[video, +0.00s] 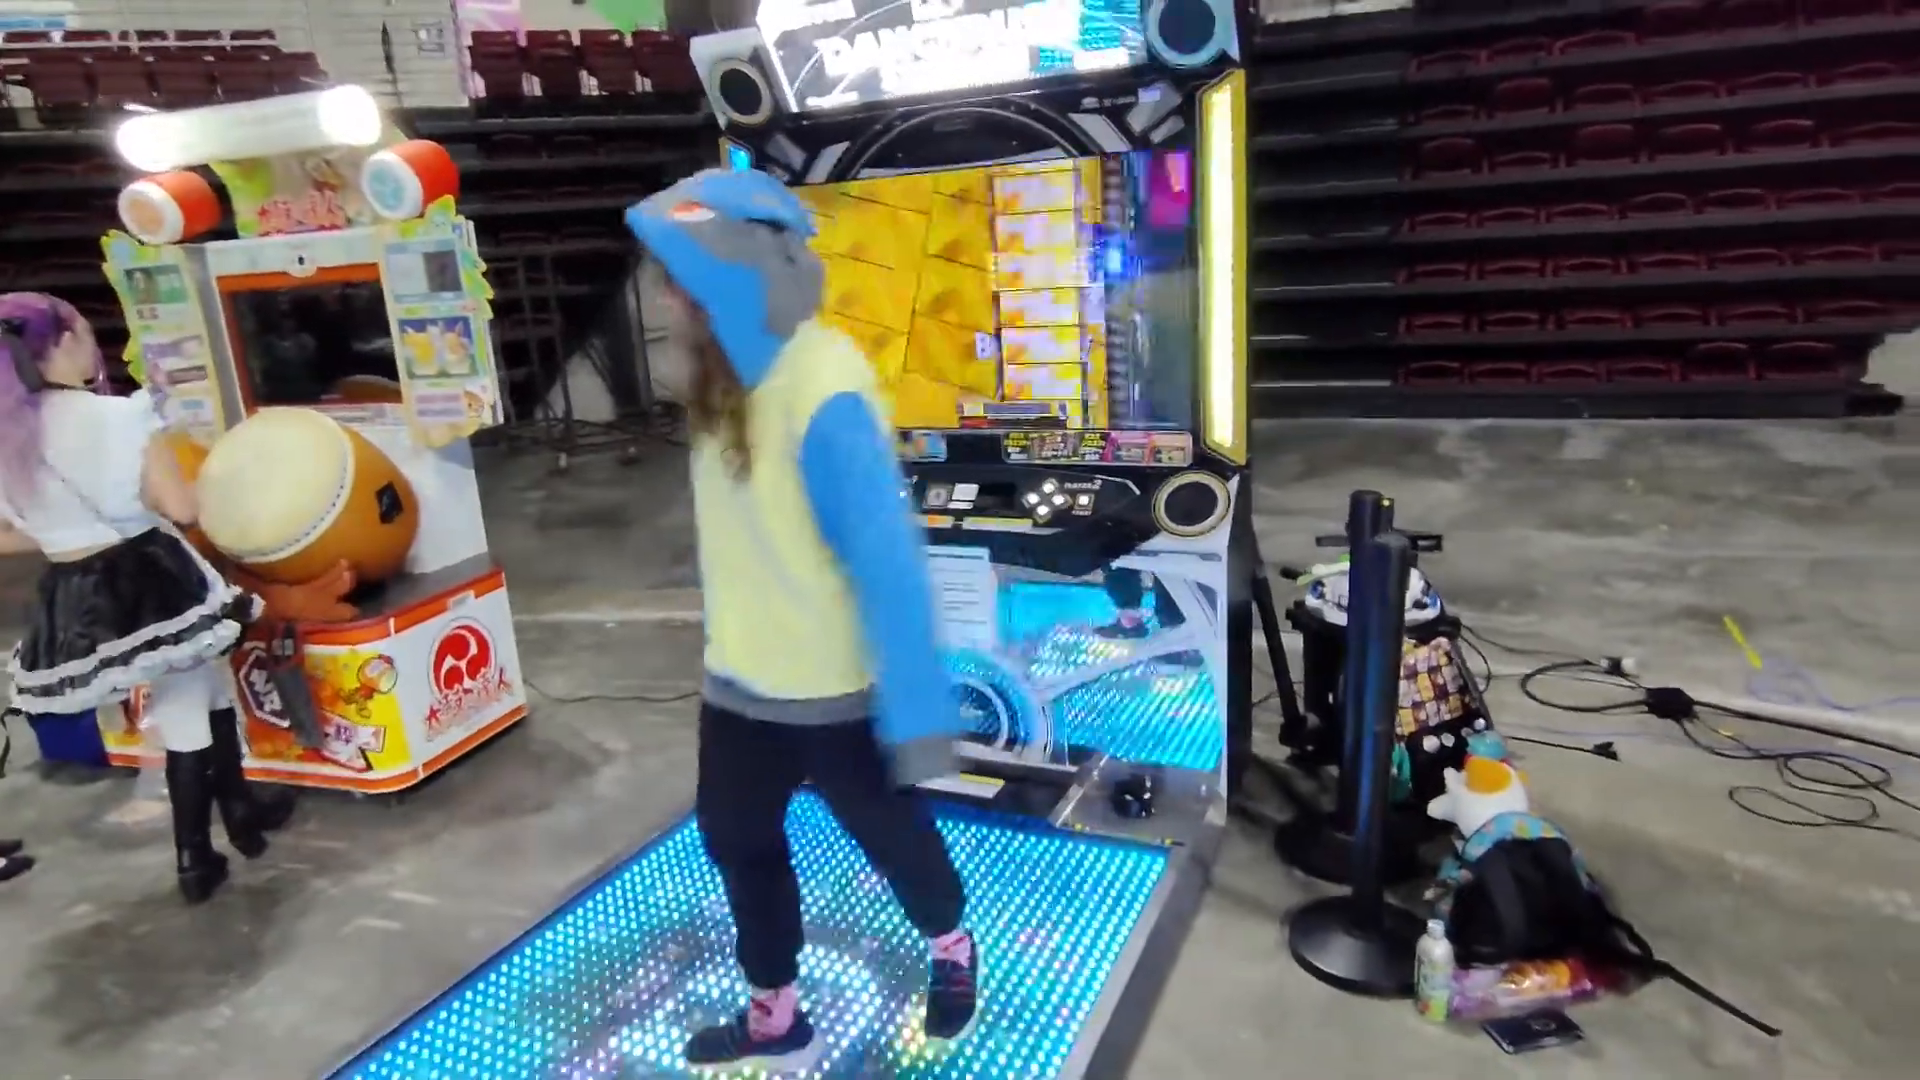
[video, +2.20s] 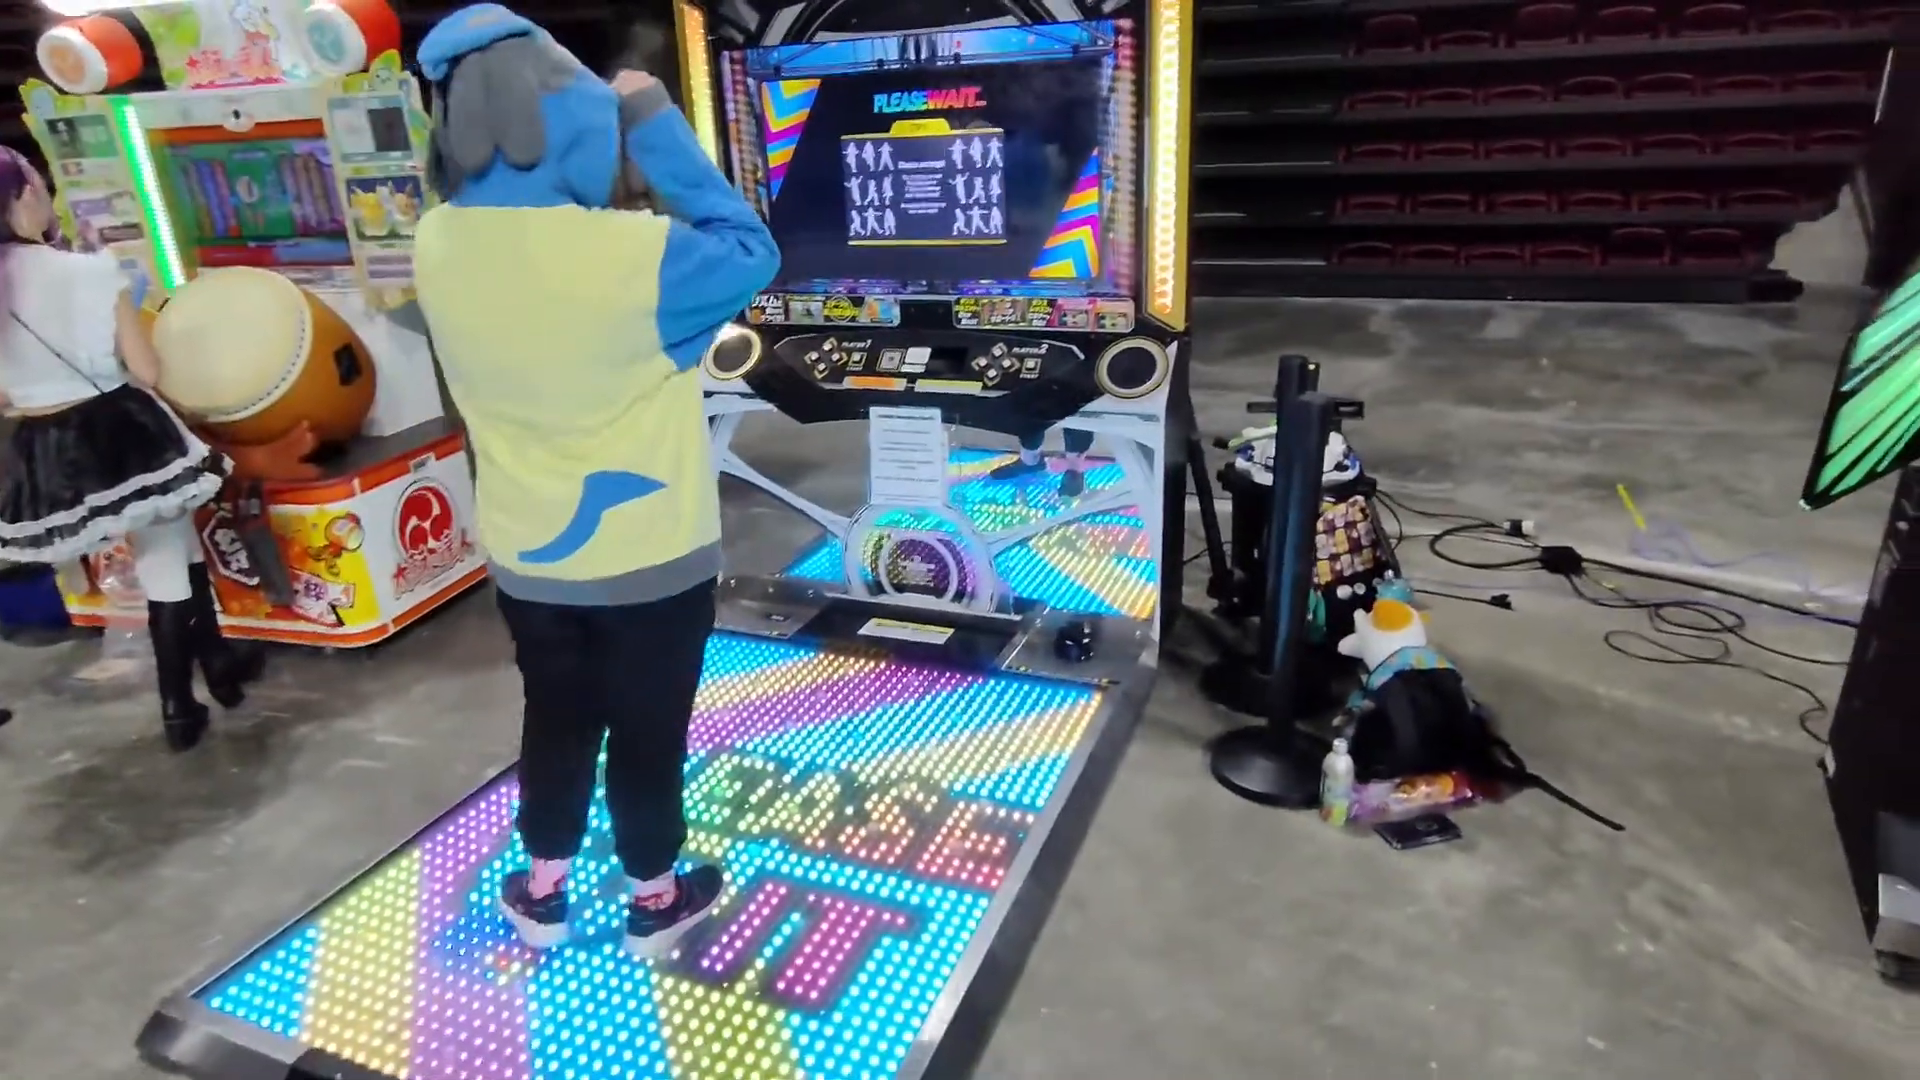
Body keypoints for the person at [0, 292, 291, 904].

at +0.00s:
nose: (94, 343)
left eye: (86, 332)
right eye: (84, 334)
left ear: (31, 357)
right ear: (58, 348)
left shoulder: (14, 430)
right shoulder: (117, 418)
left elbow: (11, 535)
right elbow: (179, 506)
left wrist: (69, 535)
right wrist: (222, 477)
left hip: (78, 593)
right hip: (148, 582)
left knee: (209, 675)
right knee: (184, 706)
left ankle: (243, 808)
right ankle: (194, 858)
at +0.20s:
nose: (67, 340)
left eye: (60, 328)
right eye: (56, 329)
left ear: (13, 347)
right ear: (28, 342)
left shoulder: (7, 417)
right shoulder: (103, 409)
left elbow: (13, 535)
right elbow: (157, 498)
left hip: (45, 589)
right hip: (121, 578)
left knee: (173, 674)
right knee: (164, 700)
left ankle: (218, 807)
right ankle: (165, 855)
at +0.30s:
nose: (54, 334)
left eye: (47, 323)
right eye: (46, 323)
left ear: (4, 340)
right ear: (22, 333)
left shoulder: (7, 412)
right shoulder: (92, 408)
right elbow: (147, 500)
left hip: (34, 595)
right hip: (112, 585)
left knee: (166, 670)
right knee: (151, 695)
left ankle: (205, 809)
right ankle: (154, 858)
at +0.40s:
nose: (33, 323)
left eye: (26, 310)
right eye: (25, 311)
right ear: (8, 319)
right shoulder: (74, 395)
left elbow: (129, 488)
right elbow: (133, 490)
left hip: (15, 593)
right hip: (89, 583)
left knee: (147, 651)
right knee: (138, 683)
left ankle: (187, 798)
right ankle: (137, 850)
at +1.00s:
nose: (30, 261)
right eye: (24, 251)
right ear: (16, 257)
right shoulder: (48, 323)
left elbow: (92, 419)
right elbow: (94, 421)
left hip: (11, 505)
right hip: (70, 493)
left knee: (125, 593)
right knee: (108, 623)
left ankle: (165, 726)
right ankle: (118, 774)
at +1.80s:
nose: (60, 200)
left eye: (55, 189)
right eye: (52, 190)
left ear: (8, 206)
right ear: (29, 199)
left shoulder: (5, 282)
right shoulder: (102, 271)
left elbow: (9, 393)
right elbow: (151, 369)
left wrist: (51, 393)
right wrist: (140, 313)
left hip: (56, 443)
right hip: (128, 432)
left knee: (179, 535)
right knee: (168, 560)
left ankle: (225, 658)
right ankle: (183, 706)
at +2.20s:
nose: (49, 204)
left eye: (43, 192)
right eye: (42, 193)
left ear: (6, 202)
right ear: (21, 198)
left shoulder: (5, 278)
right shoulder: (87, 272)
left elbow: (11, 389)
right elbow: (144, 369)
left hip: (37, 445)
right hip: (112, 433)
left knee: (169, 536)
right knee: (163, 553)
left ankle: (218, 661)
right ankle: (178, 708)